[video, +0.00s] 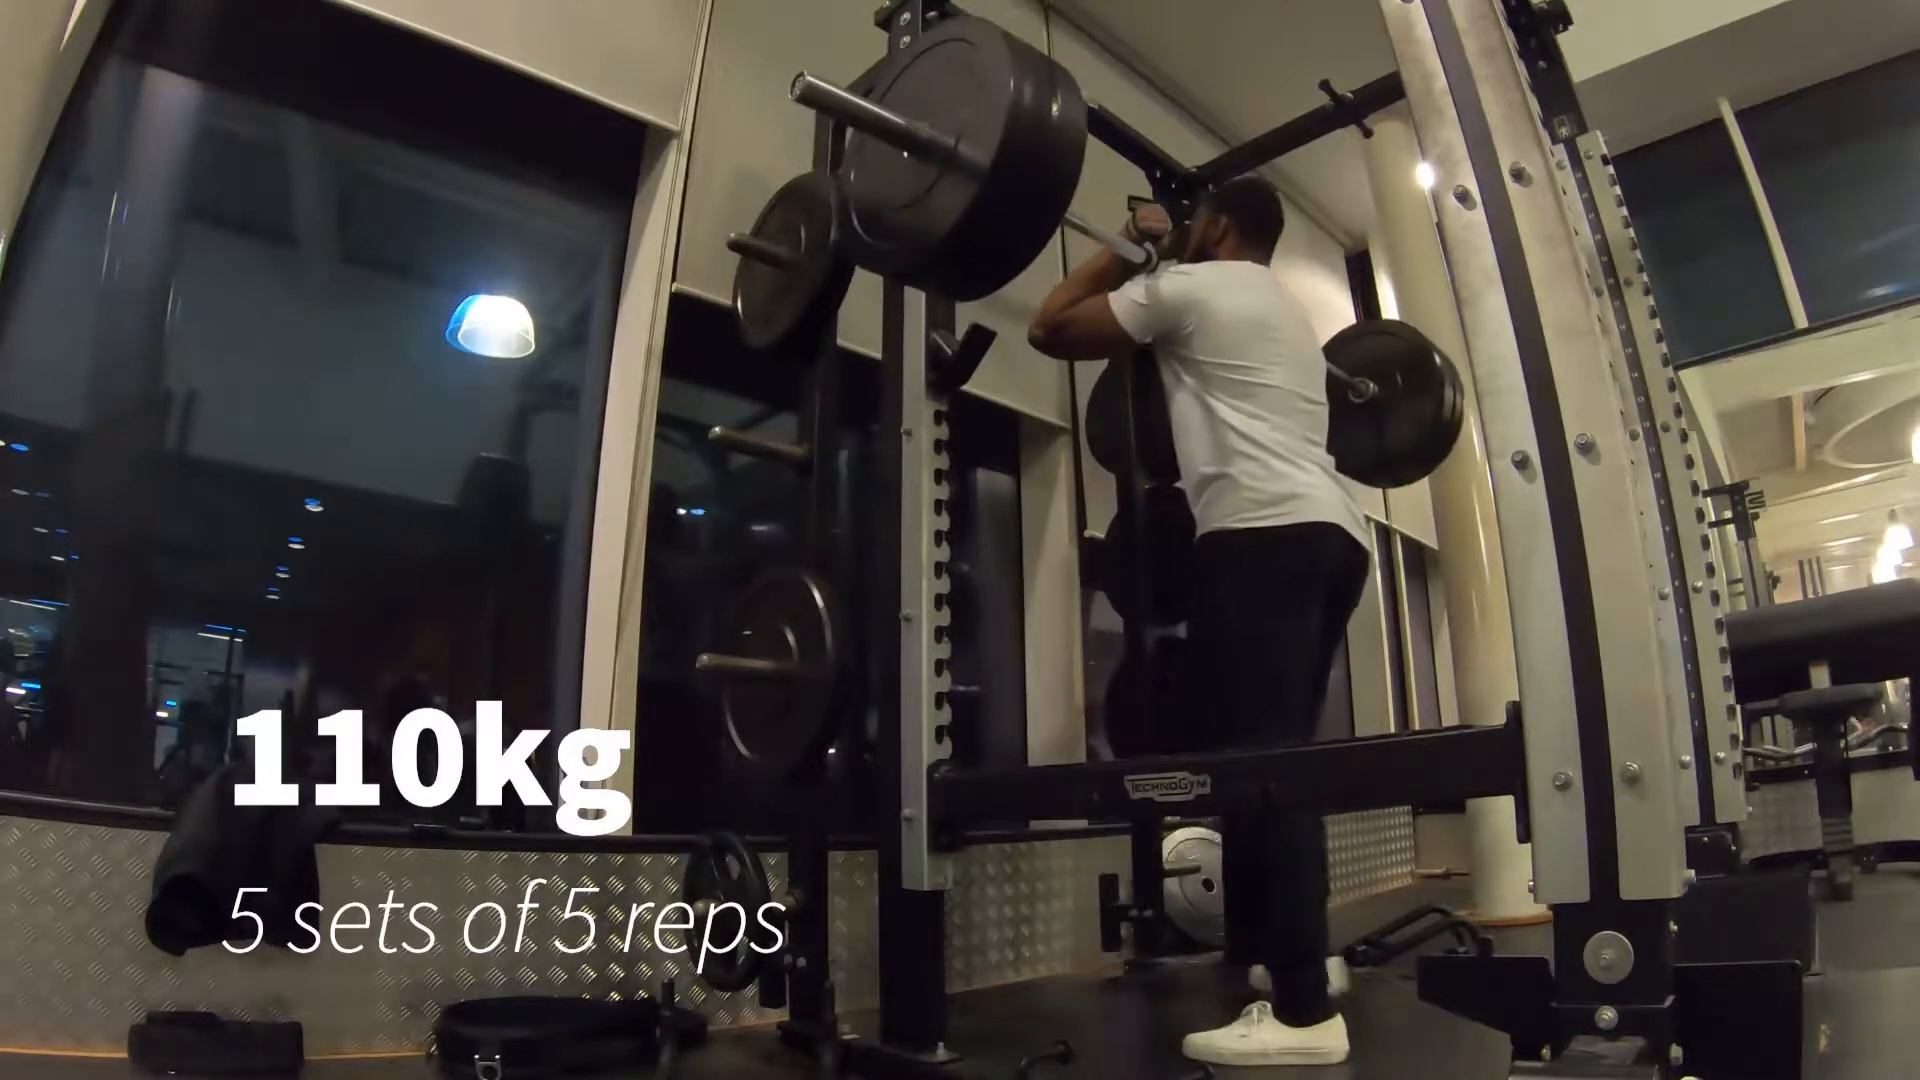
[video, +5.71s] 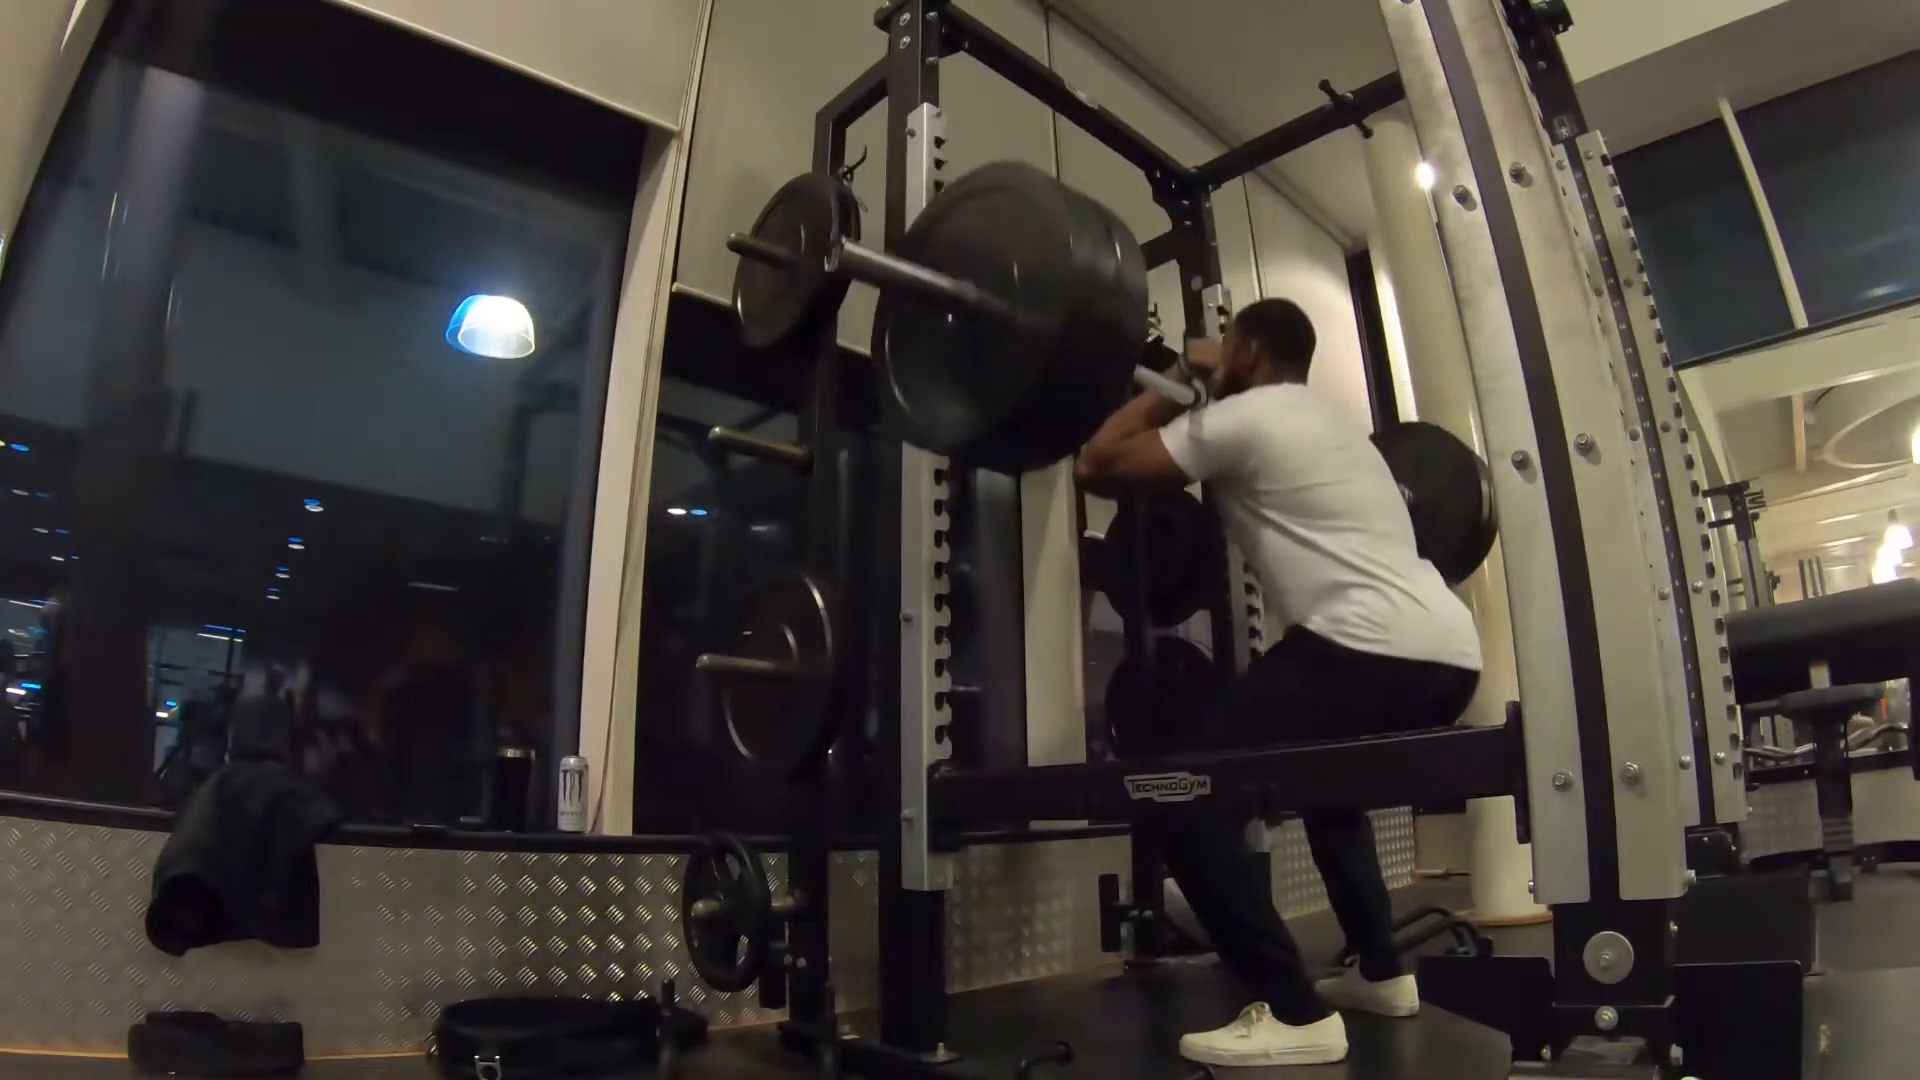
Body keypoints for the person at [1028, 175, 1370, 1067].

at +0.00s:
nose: (1187, 234)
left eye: (1194, 223)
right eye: (1191, 224)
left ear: (1218, 226)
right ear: (1263, 239)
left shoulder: (1194, 291)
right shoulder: (1290, 312)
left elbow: (1049, 326)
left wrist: (1124, 245)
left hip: (1263, 541)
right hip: (1329, 540)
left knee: (1268, 771)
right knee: (1268, 767)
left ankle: (1302, 1013)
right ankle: (1290, 976)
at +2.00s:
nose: (1237, 274)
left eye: (1242, 263)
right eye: (1239, 265)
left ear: (1259, 263)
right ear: (1312, 275)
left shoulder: (1236, 325)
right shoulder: (1333, 341)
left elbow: (1093, 345)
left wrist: (1156, 280)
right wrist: (1212, 286)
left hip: (1312, 573)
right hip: (1405, 578)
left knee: (1229, 783)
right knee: (1335, 769)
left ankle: (1294, 1011)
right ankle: (1384, 970)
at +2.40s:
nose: (1222, 361)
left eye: (1232, 349)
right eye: (1227, 348)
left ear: (1259, 361)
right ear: (1302, 370)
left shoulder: (1242, 429)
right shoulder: (1339, 431)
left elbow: (1096, 464)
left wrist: (1168, 391)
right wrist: (1219, 387)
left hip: (1349, 662)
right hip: (1441, 675)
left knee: (1174, 793)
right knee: (1313, 779)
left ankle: (1294, 1013)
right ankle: (1384, 970)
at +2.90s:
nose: (1225, 474)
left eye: (1233, 462)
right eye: (1228, 461)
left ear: (1256, 471)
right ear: (1305, 475)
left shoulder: (1241, 548)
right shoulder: (1334, 536)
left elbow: (1108, 595)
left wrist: (1166, 507)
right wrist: (1224, 503)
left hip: (1366, 780)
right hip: (1453, 777)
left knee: (1158, 824)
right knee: (1294, 791)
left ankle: (1294, 1013)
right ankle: (1382, 971)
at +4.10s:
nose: (1210, 371)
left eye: (1217, 358)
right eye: (1214, 358)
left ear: (1238, 364)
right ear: (1288, 374)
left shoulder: (1230, 433)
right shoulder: (1323, 436)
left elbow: (1088, 485)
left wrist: (1148, 407)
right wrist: (1203, 399)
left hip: (1338, 658)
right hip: (1429, 671)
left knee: (1171, 795)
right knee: (1313, 779)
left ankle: (1289, 1010)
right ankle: (1382, 969)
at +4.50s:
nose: (1203, 256)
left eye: (1212, 244)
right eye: (1208, 245)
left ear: (1238, 247)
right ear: (1278, 255)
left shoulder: (1218, 310)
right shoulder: (1308, 320)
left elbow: (1082, 346)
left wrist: (1144, 276)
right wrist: (1176, 285)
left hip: (1283, 551)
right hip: (1369, 550)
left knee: (1252, 773)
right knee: (1338, 764)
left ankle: (1296, 1008)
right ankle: (1385, 968)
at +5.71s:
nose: (1218, 358)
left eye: (1225, 345)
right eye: (1220, 345)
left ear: (1250, 352)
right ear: (1298, 359)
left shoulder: (1242, 418)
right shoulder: (1335, 419)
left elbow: (1097, 462)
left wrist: (1172, 387)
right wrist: (1214, 386)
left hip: (1356, 653)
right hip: (1447, 664)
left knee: (1181, 787)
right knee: (1323, 784)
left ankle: (1293, 1012)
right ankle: (1381, 971)